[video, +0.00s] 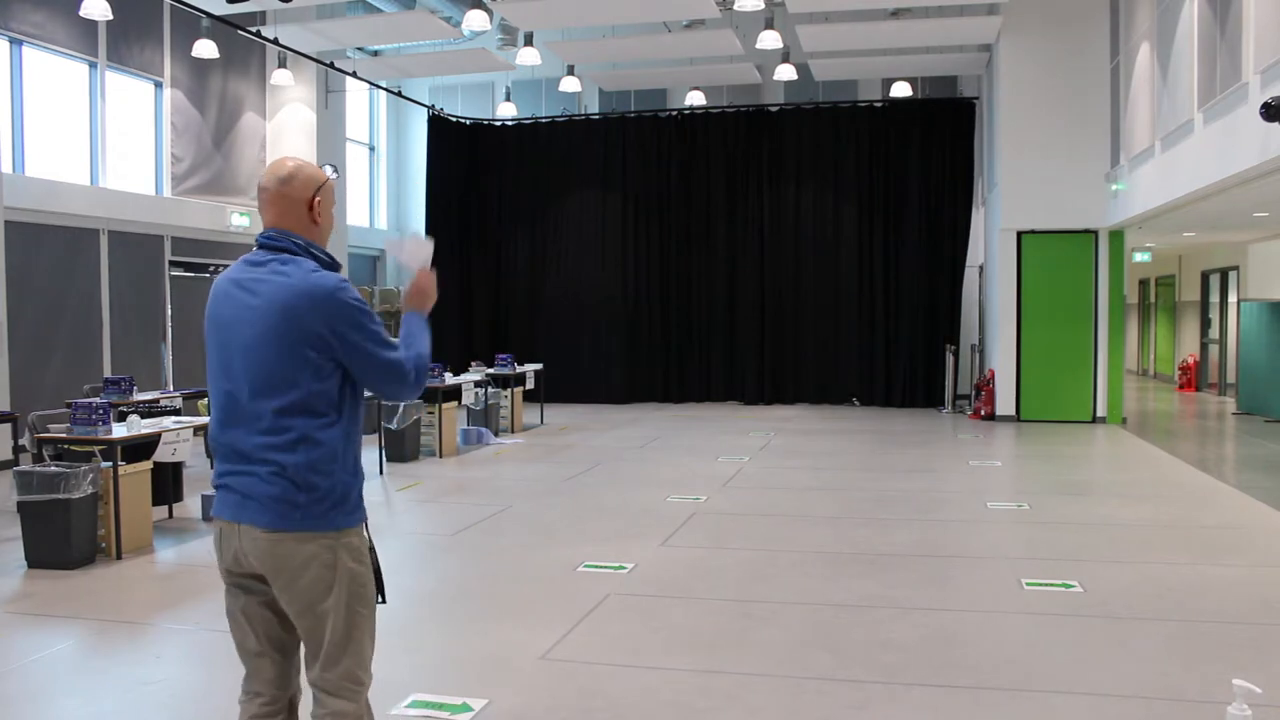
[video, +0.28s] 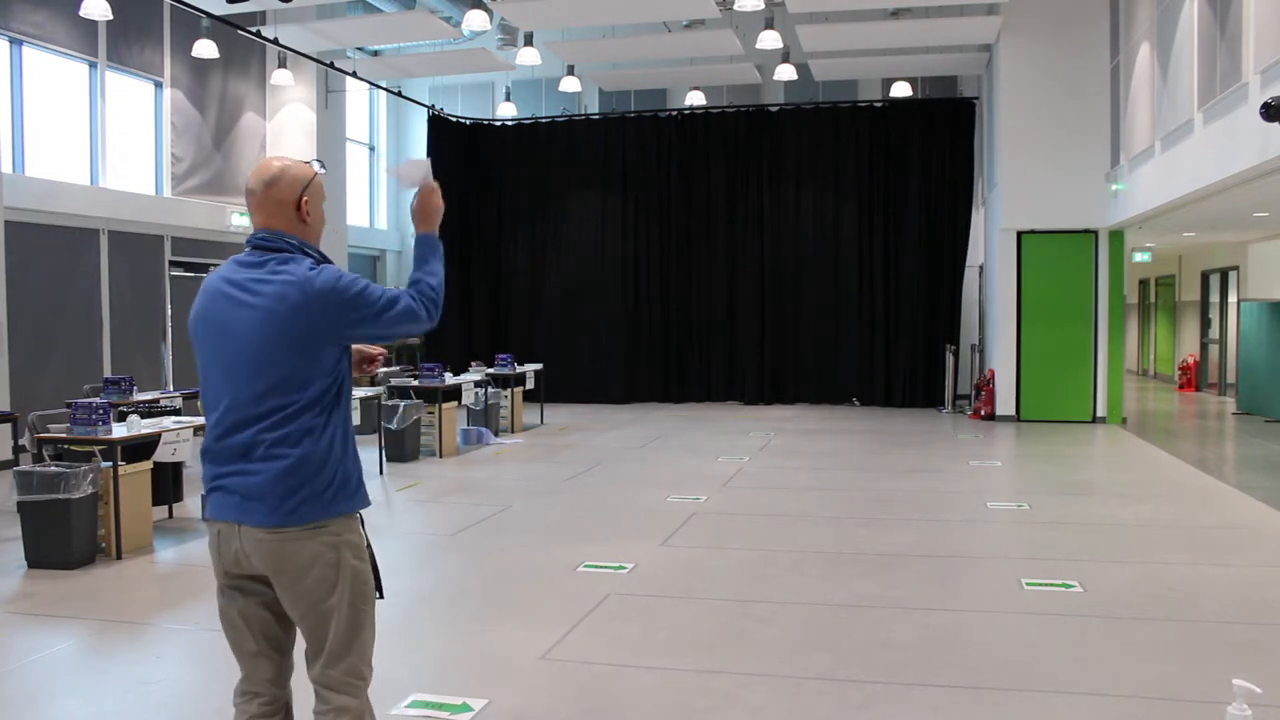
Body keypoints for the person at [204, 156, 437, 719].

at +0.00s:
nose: (333, 215)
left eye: (331, 204)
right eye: (331, 204)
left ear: (263, 210)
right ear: (317, 207)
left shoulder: (225, 287)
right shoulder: (324, 294)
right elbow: (404, 378)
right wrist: (417, 310)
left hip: (234, 525)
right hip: (312, 533)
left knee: (264, 691)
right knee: (341, 692)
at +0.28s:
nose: (325, 212)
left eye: (324, 202)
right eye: (322, 202)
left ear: (254, 211)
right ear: (304, 207)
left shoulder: (212, 289)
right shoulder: (319, 289)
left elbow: (253, 371)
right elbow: (421, 310)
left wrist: (338, 363)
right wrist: (428, 232)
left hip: (228, 525)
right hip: (310, 528)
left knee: (258, 689)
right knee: (341, 688)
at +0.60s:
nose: (311, 211)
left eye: (311, 200)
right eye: (309, 202)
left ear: (241, 213)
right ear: (293, 208)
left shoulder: (195, 294)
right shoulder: (313, 290)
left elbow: (234, 374)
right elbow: (409, 293)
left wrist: (322, 352)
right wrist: (428, 223)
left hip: (223, 529)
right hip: (307, 529)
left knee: (253, 691)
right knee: (344, 688)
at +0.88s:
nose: (316, 214)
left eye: (315, 202)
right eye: (314, 203)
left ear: (247, 213)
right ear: (299, 208)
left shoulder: (205, 293)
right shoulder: (313, 288)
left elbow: (250, 366)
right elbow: (414, 287)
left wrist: (334, 347)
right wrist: (430, 214)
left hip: (227, 525)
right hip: (309, 526)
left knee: (256, 693)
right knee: (343, 687)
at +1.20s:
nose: (344, 216)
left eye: (341, 204)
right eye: (341, 205)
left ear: (277, 216)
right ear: (326, 212)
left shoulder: (248, 293)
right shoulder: (333, 288)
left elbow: (315, 355)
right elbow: (439, 251)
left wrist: (383, 323)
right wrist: (433, 163)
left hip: (266, 525)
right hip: (336, 526)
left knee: (301, 678)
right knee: (358, 689)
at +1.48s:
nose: (374, 223)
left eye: (369, 212)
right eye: (369, 212)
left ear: (315, 226)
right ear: (355, 225)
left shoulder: (297, 295)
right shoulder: (335, 292)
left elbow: (369, 356)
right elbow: (436, 236)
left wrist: (430, 309)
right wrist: (405, 143)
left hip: (335, 514)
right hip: (359, 518)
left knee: (406, 634)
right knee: (384, 682)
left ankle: (389, 711)